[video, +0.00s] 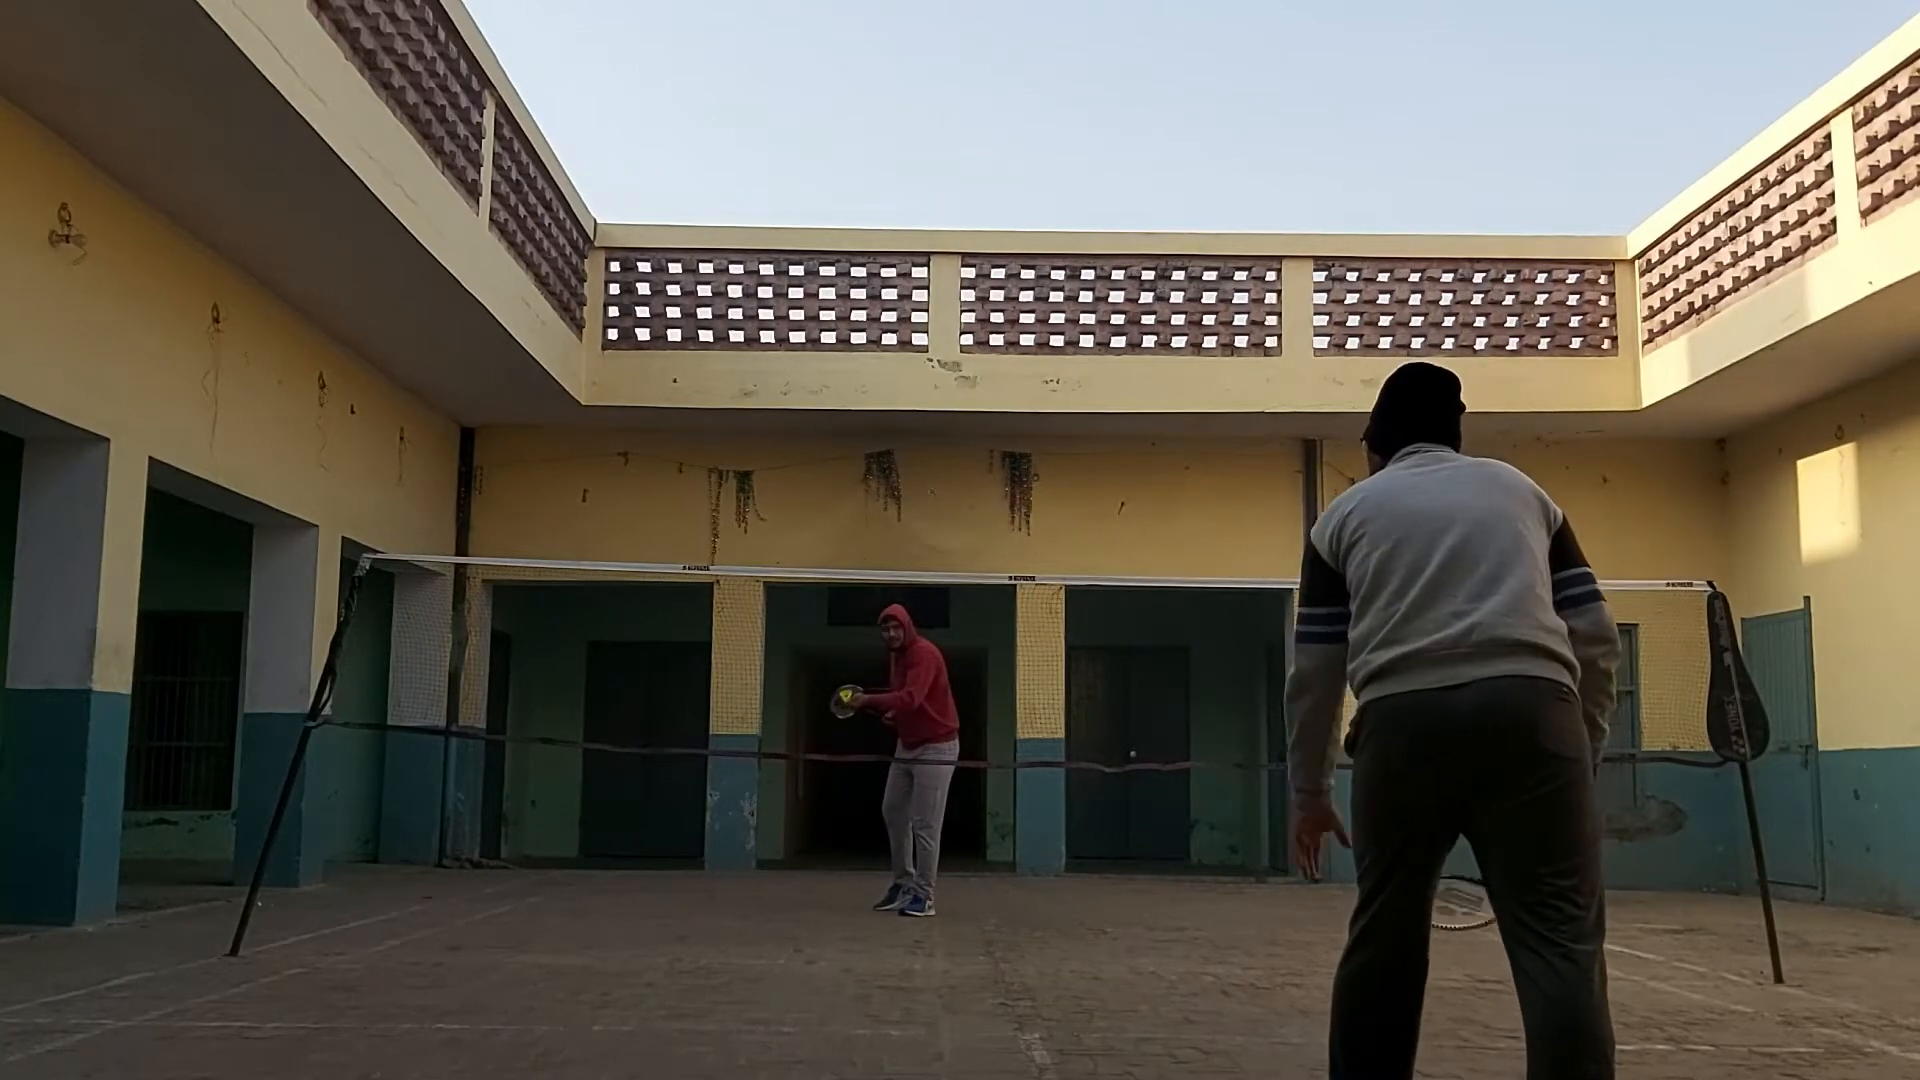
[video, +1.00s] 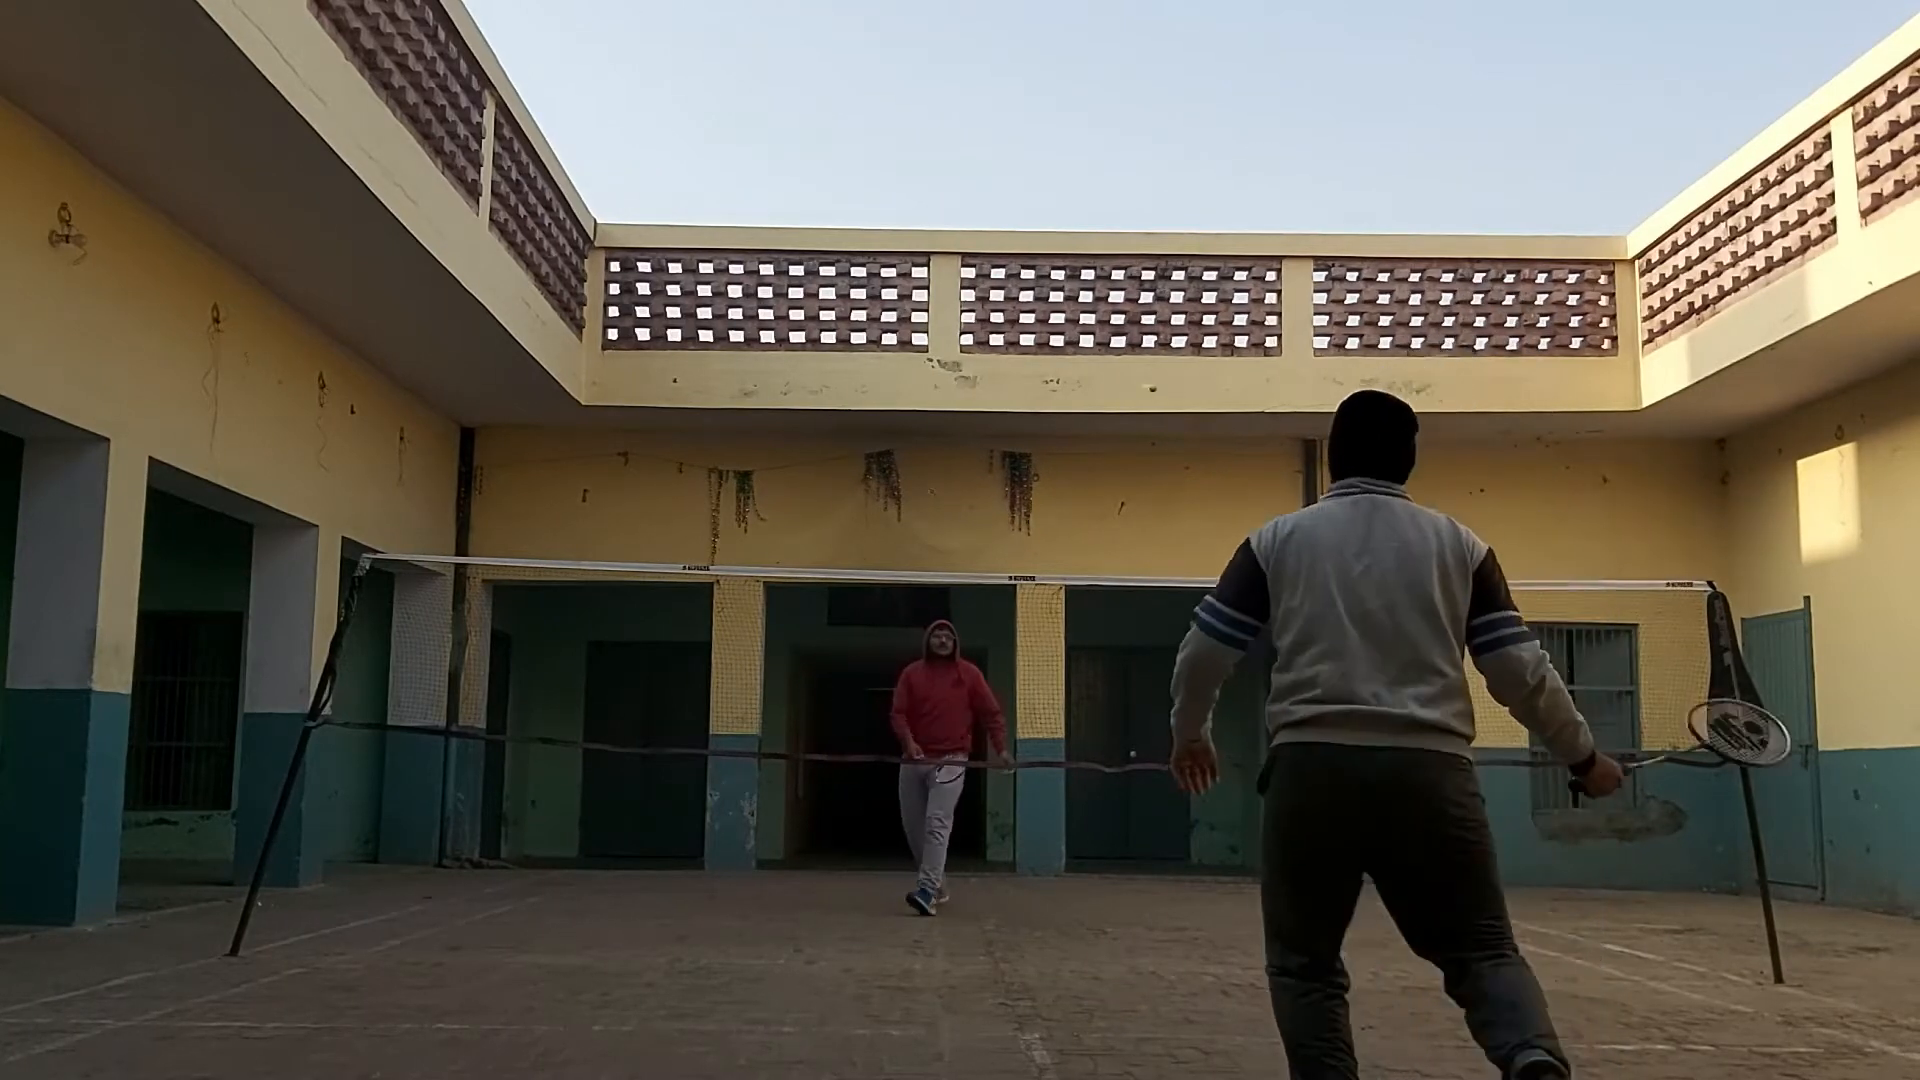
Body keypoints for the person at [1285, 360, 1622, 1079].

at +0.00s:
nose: (1368, 454)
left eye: (1369, 444)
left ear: (1376, 442)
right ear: (1457, 434)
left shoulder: (1343, 514)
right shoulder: (1522, 490)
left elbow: (1312, 673)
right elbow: (1595, 630)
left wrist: (1309, 793)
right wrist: (1586, 742)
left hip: (1401, 729)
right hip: (1532, 717)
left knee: (1387, 926)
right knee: (1558, 936)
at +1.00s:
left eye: (1339, 451)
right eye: (1402, 453)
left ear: (1332, 456)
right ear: (1410, 461)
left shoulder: (1275, 541)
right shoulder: (1460, 546)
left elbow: (1200, 654)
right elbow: (1519, 670)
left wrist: (1190, 732)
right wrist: (1584, 756)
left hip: (1308, 777)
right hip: (1431, 777)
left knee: (1304, 964)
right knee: (1480, 947)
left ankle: (1328, 1077)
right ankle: (1535, 1061)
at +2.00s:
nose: (1164, 502)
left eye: (1165, 492)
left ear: (1164, 498)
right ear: (1226, 502)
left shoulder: (1136, 566)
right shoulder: (1253, 562)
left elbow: (1056, 630)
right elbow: (1197, 600)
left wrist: (1090, 589)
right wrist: (1149, 559)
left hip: (1162, 757)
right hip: (1253, 756)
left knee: (1093, 896)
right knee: (1293, 893)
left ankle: (1072, 1047)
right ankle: (1368, 1039)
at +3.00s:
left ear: (943, 455)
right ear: (1014, 456)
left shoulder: (895, 518)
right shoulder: (1056, 527)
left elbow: (830, 633)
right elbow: (1095, 636)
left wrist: (835, 715)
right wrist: (1088, 725)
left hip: (911, 711)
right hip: (1023, 717)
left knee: (856, 910)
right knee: (1058, 896)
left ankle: (833, 1070)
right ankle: (1102, 1067)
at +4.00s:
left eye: (768, 431)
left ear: (766, 440)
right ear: (843, 435)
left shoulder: (732, 533)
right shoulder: (907, 502)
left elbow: (706, 666)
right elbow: (964, 620)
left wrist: (744, 769)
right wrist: (934, 705)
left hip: (794, 753)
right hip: (914, 742)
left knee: (736, 936)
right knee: (993, 924)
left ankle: (670, 1073)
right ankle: (1037, 1073)